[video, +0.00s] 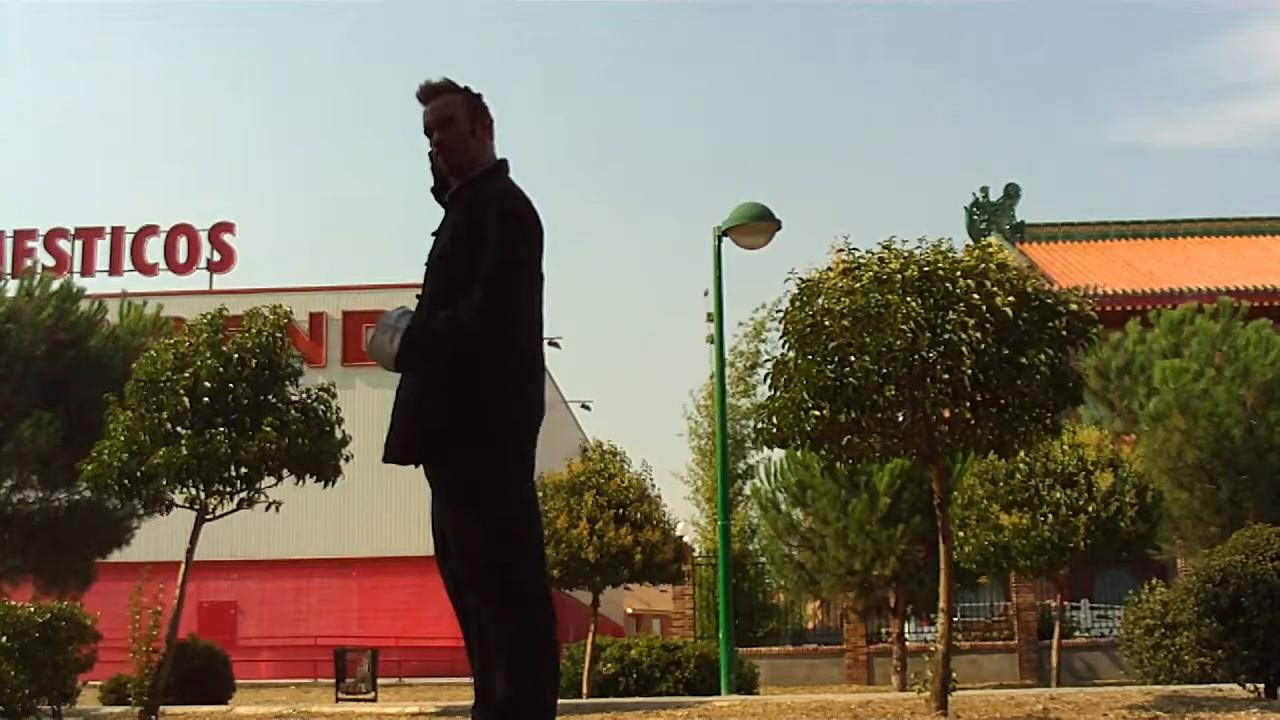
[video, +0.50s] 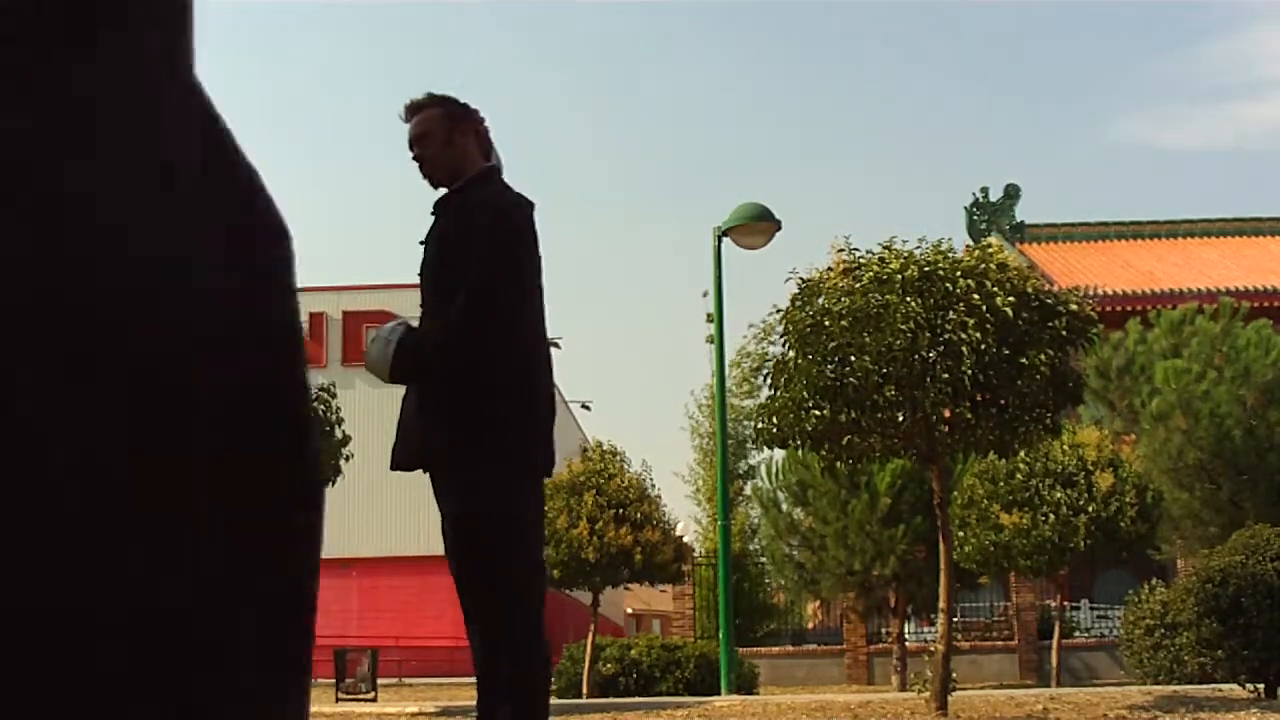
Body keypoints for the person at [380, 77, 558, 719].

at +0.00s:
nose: (434, 140)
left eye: (445, 125)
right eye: (428, 131)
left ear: (484, 125)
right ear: (429, 140)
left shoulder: (500, 206)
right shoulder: (466, 210)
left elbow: (486, 324)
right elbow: (465, 316)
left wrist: (403, 340)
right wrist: (408, 328)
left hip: (488, 424)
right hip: (462, 423)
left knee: (500, 565)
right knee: (468, 564)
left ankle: (520, 705)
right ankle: (497, 700)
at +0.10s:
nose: (435, 140)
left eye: (445, 125)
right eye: (427, 132)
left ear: (483, 123)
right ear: (425, 141)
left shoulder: (500, 206)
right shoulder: (467, 211)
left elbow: (486, 325)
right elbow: (466, 318)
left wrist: (403, 339)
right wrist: (407, 329)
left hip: (489, 434)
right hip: (463, 434)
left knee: (502, 579)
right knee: (472, 578)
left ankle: (517, 709)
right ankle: (497, 705)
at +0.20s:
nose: (431, 141)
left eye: (442, 126)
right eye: (424, 132)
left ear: (483, 127)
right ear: (426, 142)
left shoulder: (500, 208)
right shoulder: (466, 213)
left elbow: (487, 328)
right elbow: (465, 321)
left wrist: (405, 339)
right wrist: (408, 333)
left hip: (492, 438)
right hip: (464, 438)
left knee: (502, 584)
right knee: (474, 584)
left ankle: (517, 710)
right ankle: (499, 706)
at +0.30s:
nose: (426, 146)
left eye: (436, 131)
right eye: (420, 138)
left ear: (480, 126)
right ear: (426, 145)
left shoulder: (497, 207)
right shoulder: (467, 211)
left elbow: (483, 327)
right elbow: (467, 323)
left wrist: (403, 343)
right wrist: (408, 335)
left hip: (490, 437)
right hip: (466, 437)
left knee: (500, 583)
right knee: (476, 582)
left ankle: (514, 709)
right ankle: (502, 706)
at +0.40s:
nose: (419, 153)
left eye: (427, 137)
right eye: (415, 143)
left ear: (474, 128)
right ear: (467, 135)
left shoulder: (494, 209)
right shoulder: (467, 210)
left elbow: (480, 329)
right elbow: (468, 327)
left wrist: (401, 347)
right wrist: (408, 337)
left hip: (492, 433)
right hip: (469, 432)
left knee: (498, 578)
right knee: (479, 577)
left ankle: (512, 708)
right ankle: (503, 705)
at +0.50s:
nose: (417, 159)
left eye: (424, 144)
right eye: (413, 149)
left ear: (472, 132)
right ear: (469, 139)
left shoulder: (474, 213)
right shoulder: (498, 208)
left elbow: (459, 343)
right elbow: (475, 337)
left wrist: (395, 348)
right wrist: (409, 339)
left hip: (480, 447)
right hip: (501, 442)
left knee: (497, 609)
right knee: (505, 607)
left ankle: (507, 711)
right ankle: (512, 711)